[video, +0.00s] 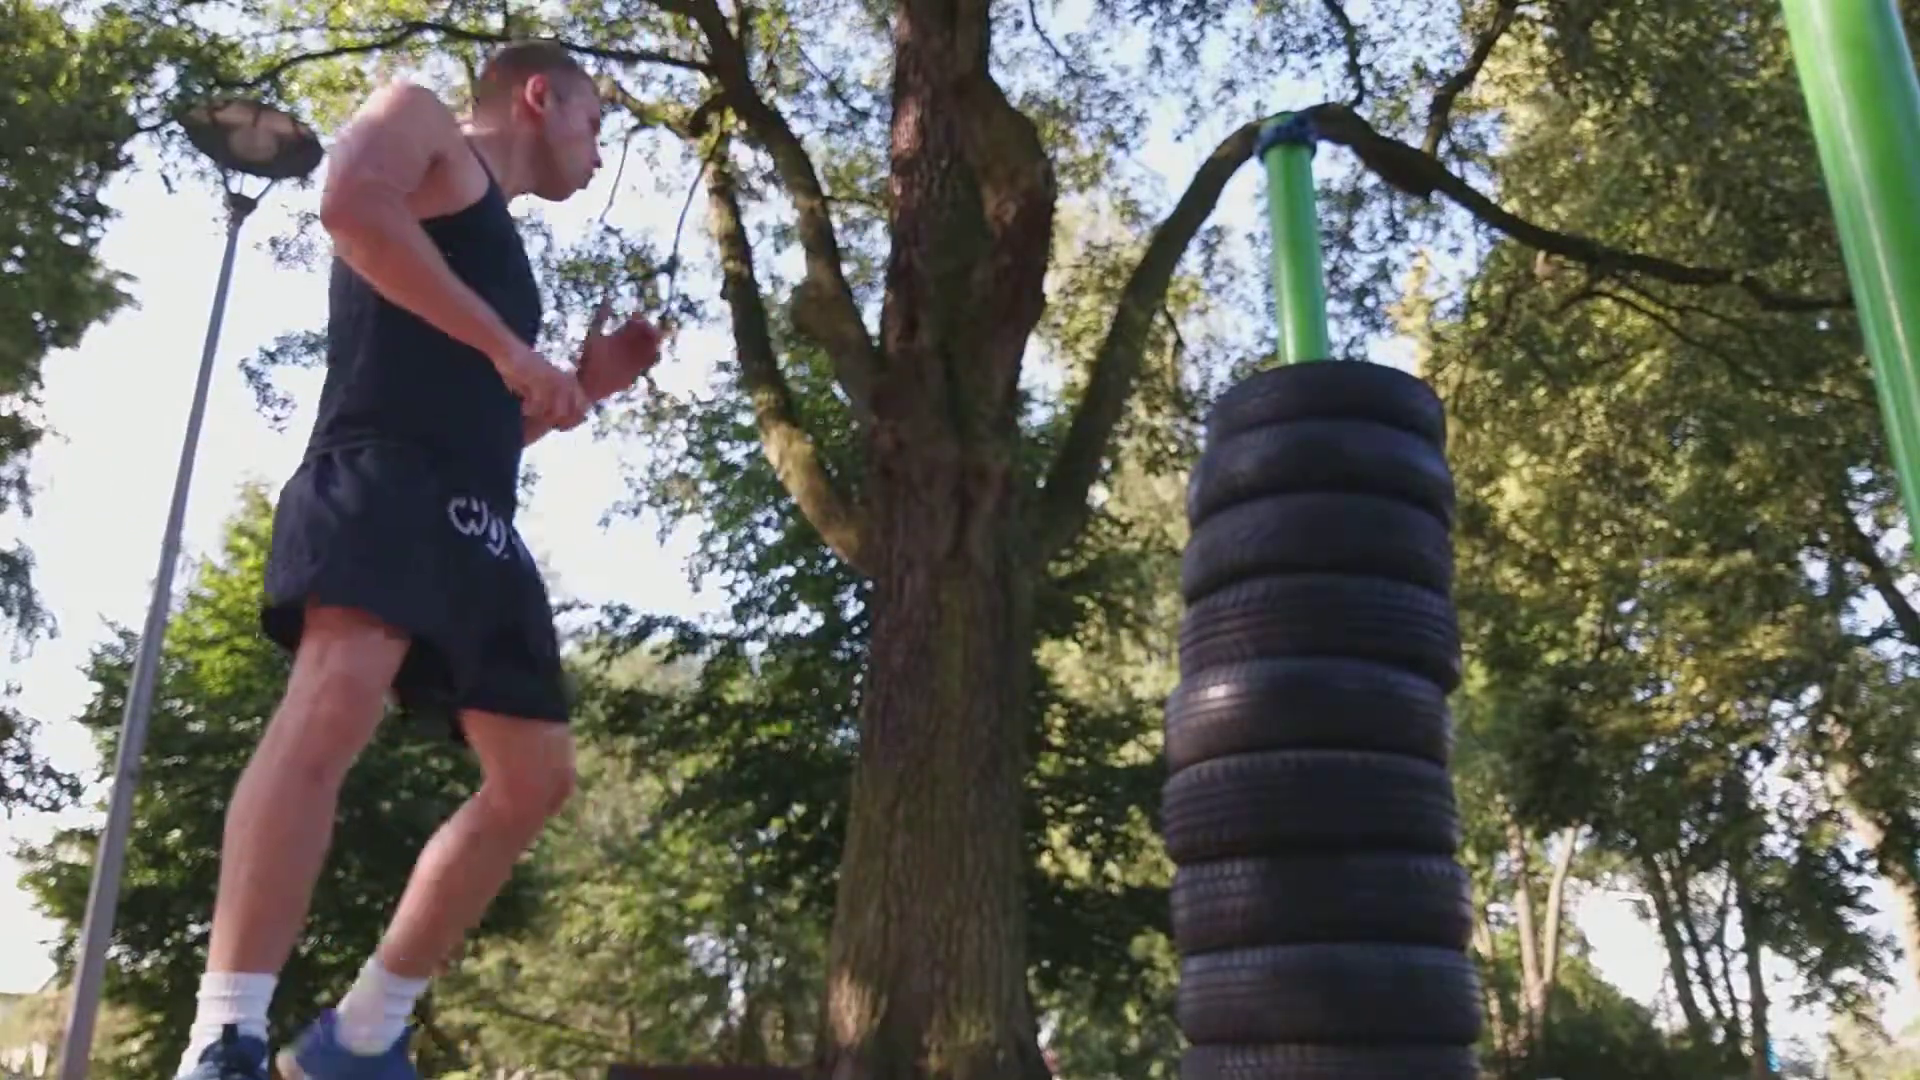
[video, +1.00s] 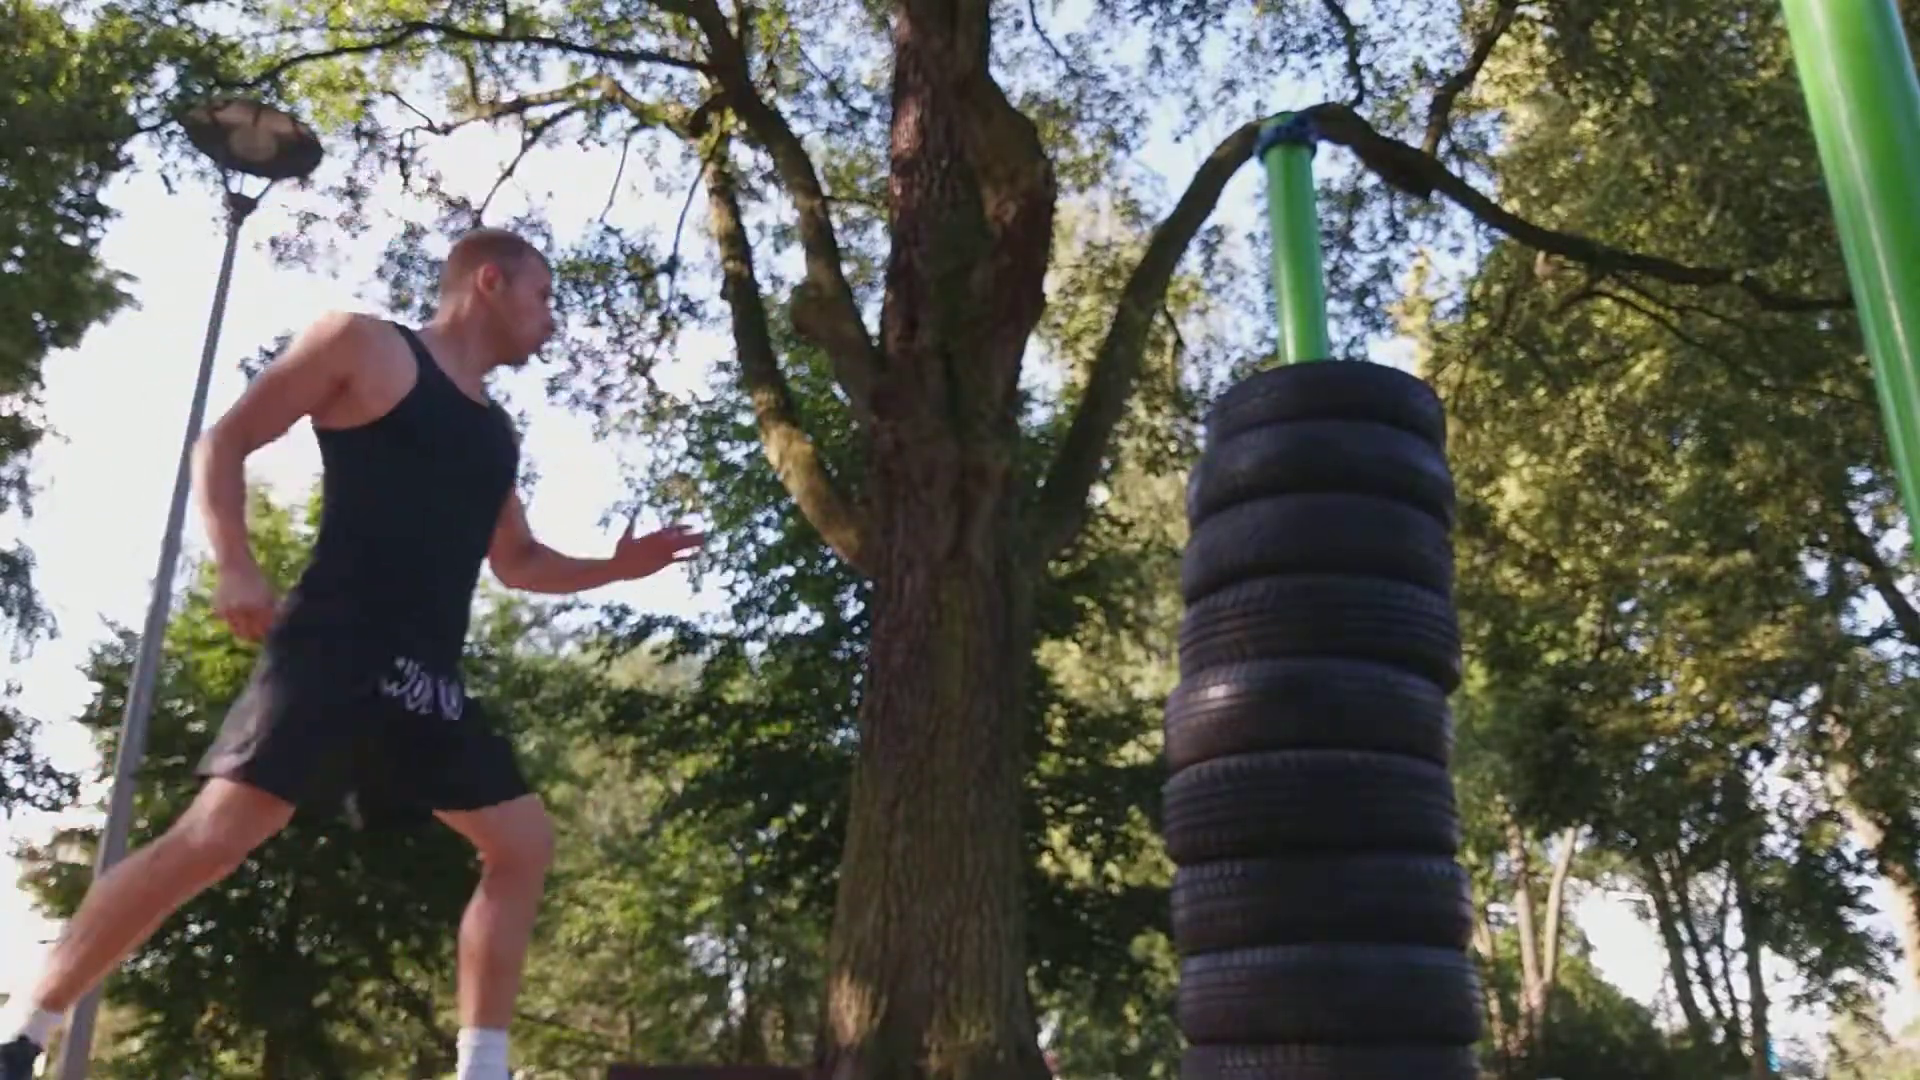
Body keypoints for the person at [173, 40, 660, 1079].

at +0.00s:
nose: (600, 148)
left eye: (604, 127)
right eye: (595, 119)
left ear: (537, 109)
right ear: (537, 96)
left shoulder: (498, 246)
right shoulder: (421, 111)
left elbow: (485, 420)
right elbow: (354, 204)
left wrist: (582, 385)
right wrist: (506, 349)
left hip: (480, 519)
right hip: (385, 479)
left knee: (532, 777)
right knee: (333, 703)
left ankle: (362, 1035)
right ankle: (226, 1040)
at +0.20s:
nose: (571, 226)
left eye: (574, 209)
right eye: (564, 201)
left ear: (508, 192)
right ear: (507, 179)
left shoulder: (460, 317)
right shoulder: (397, 206)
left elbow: (427, 481)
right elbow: (302, 313)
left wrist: (521, 459)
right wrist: (471, 399)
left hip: (388, 570)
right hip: (304, 528)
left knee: (353, 819)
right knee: (253, 732)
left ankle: (240, 1041)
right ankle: (202, 1019)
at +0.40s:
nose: (520, 190)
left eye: (525, 173)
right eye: (514, 164)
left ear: (466, 157)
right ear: (450, 138)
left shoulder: (422, 275)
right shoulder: (344, 161)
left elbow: (359, 426)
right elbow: (285, 255)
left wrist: (456, 438)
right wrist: (439, 323)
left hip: (354, 522)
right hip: (264, 479)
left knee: (342, 756)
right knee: (204, 713)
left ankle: (255, 1040)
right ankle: (45, 998)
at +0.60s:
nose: (470, 248)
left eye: (476, 233)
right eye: (462, 222)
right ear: (397, 201)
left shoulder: (372, 356)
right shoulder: (276, 250)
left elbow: (312, 509)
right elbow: (250, 370)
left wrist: (405, 499)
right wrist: (413, 380)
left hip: (310, 627)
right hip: (209, 593)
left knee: (398, 812)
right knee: (123, 796)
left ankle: (258, 1054)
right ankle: (4, 1022)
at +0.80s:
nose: (520, 224)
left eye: (525, 206)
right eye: (512, 199)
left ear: (457, 188)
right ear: (449, 177)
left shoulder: (459, 330)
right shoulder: (315, 227)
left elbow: (442, 464)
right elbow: (182, 331)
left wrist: (465, 471)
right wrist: (282, 446)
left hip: (367, 574)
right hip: (256, 548)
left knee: (459, 763)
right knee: (146, 754)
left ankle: (384, 1012)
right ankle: (15, 997)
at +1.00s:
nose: (555, 318)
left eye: (557, 301)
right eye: (545, 293)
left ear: (492, 292)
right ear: (485, 282)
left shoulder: (494, 434)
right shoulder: (365, 344)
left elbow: (517, 562)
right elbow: (224, 443)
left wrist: (614, 567)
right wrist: (235, 567)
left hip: (428, 685)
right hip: (328, 655)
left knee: (522, 842)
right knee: (212, 839)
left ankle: (483, 1073)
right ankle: (21, 1031)